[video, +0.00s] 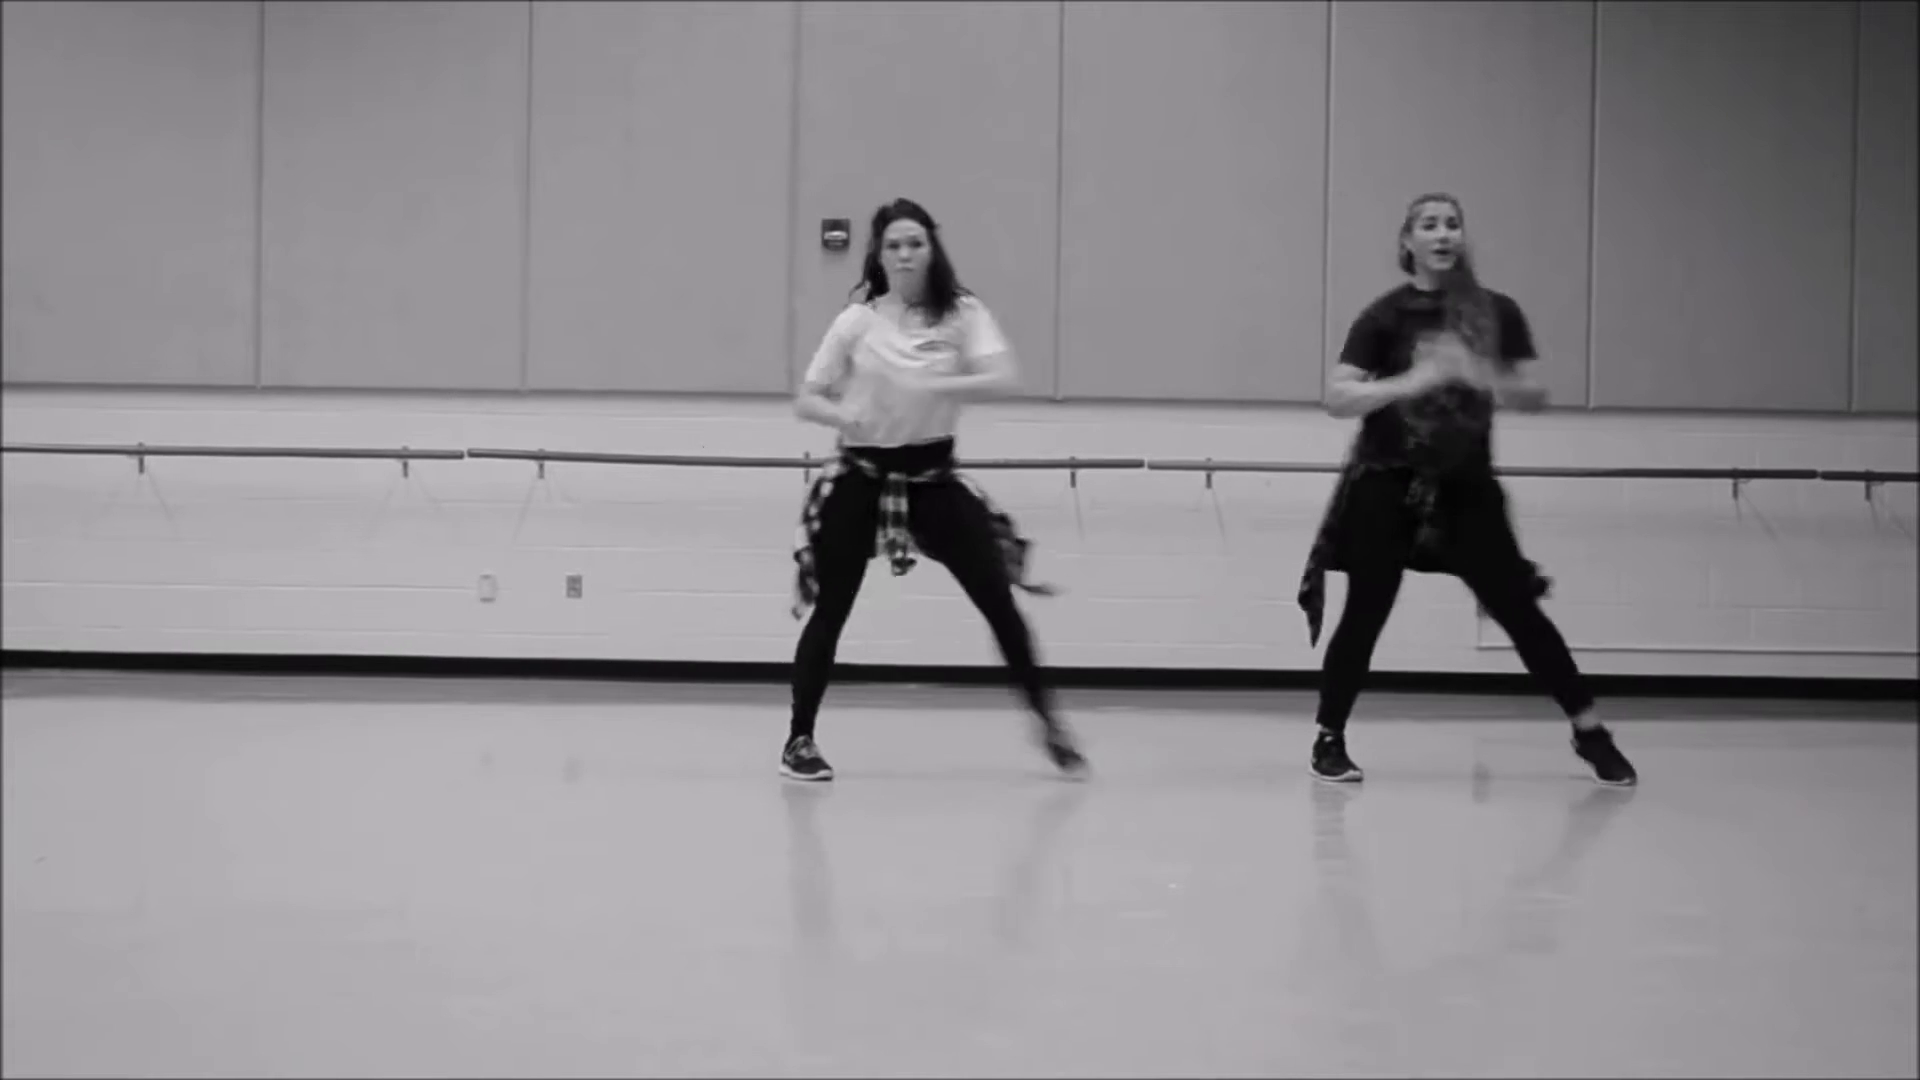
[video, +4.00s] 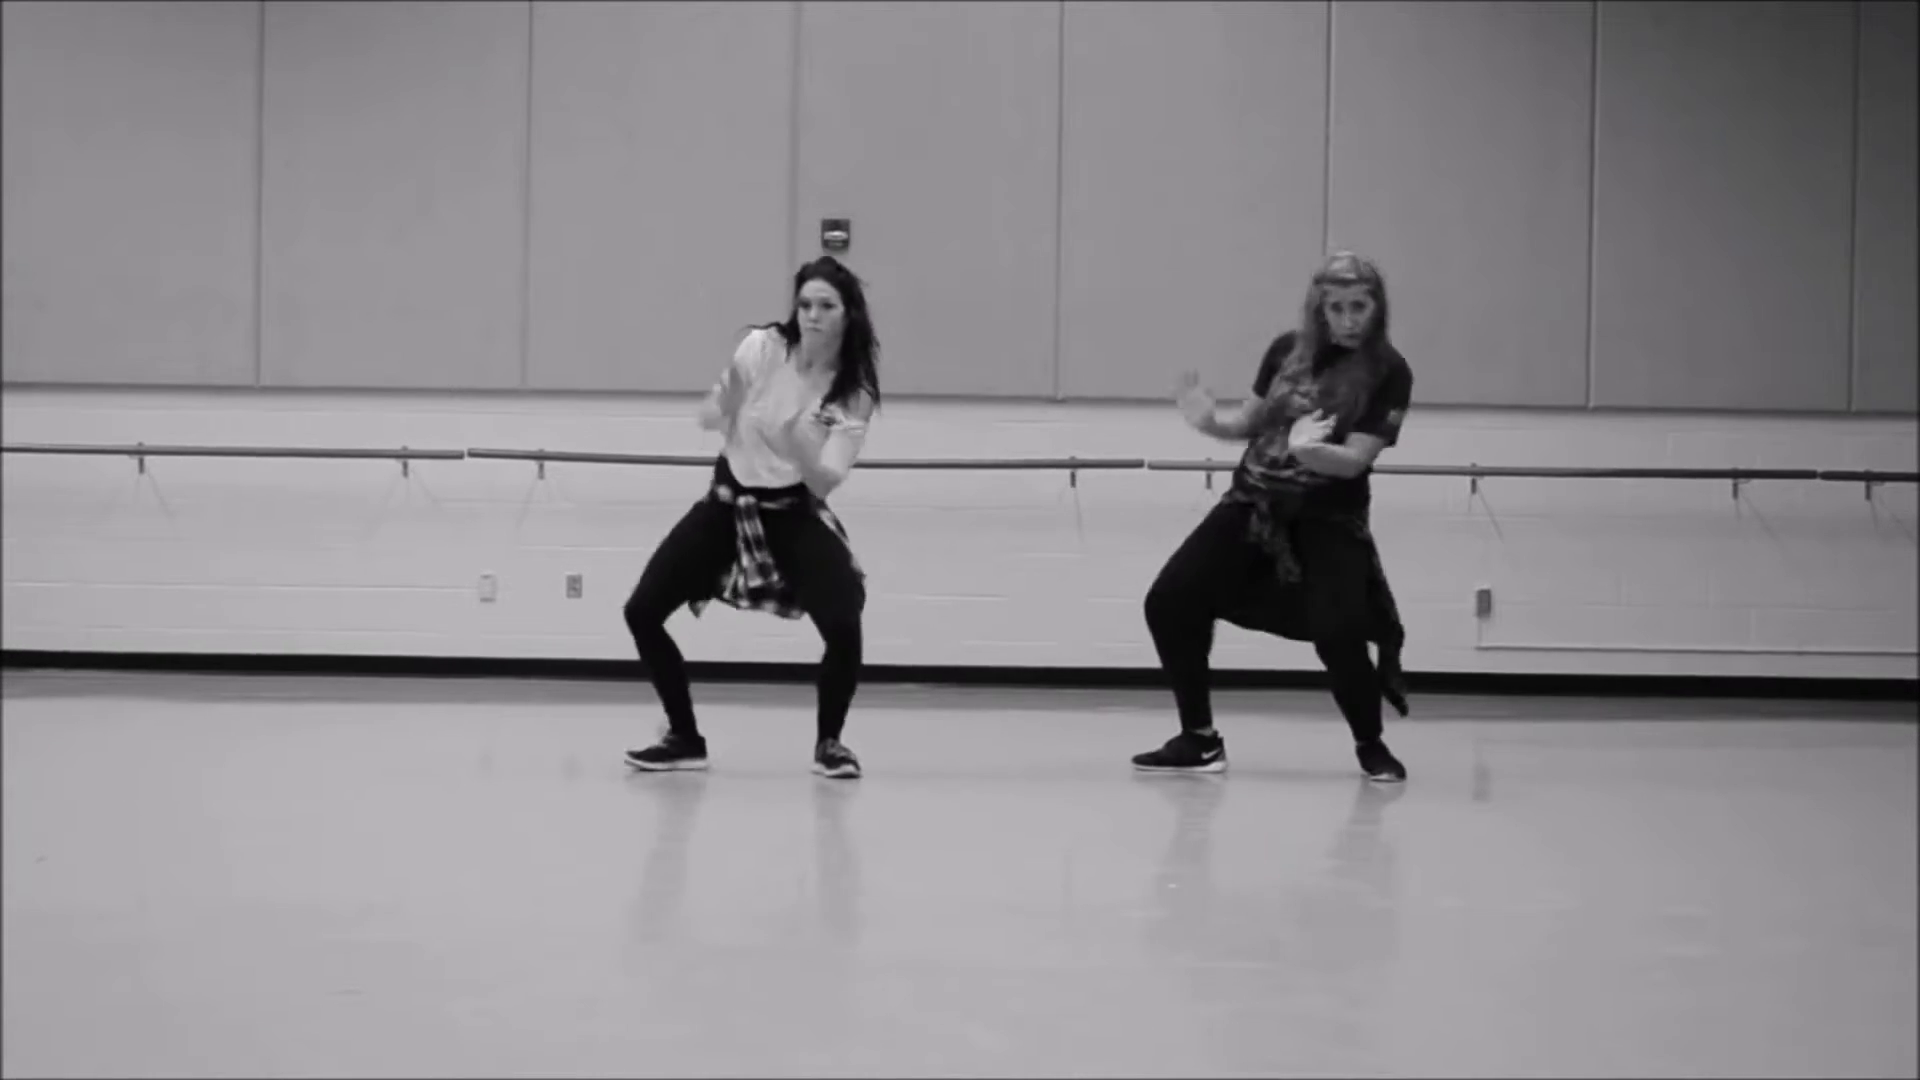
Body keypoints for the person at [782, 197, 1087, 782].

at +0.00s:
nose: (906, 254)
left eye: (916, 243)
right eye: (895, 245)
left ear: (934, 250)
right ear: (878, 255)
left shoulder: (963, 313)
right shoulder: (856, 321)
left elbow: (1006, 377)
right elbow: (807, 399)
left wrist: (938, 386)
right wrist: (844, 417)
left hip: (933, 480)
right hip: (861, 481)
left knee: (997, 601)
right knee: (831, 611)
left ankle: (1051, 726)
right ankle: (800, 740)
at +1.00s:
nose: (1012, 294)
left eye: (1022, 283)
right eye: (1001, 286)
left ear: (1042, 290)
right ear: (988, 295)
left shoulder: (1077, 357)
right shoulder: (967, 355)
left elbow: (1165, 370)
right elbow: (917, 417)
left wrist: (1091, 407)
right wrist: (993, 424)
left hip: (1039, 521)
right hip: (961, 514)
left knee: (1075, 630)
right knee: (893, 624)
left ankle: (1086, 747)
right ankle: (815, 740)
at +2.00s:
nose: (1018, 274)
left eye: (1034, 278)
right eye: (1018, 269)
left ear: (1040, 311)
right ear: (997, 282)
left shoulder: (1022, 367)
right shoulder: (969, 315)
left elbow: (996, 420)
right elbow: (985, 237)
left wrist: (942, 368)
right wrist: (1027, 176)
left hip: (992, 509)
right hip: (934, 509)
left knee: (1036, 634)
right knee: (852, 604)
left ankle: (1082, 749)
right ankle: (795, 738)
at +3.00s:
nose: (837, 275)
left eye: (852, 275)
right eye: (842, 268)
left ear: (869, 304)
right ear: (833, 283)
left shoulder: (848, 361)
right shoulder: (787, 339)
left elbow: (773, 380)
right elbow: (711, 367)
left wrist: (714, 367)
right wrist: (630, 346)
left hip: (812, 507)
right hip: (752, 501)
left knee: (826, 629)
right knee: (664, 599)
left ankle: (850, 744)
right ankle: (659, 740)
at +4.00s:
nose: (812, 315)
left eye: (826, 306)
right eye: (805, 304)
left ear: (849, 316)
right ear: (794, 310)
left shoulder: (853, 390)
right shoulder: (761, 346)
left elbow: (826, 483)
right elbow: (712, 419)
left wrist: (803, 446)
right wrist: (724, 402)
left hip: (794, 518)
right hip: (726, 510)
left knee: (844, 622)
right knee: (643, 611)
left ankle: (829, 743)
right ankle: (684, 737)